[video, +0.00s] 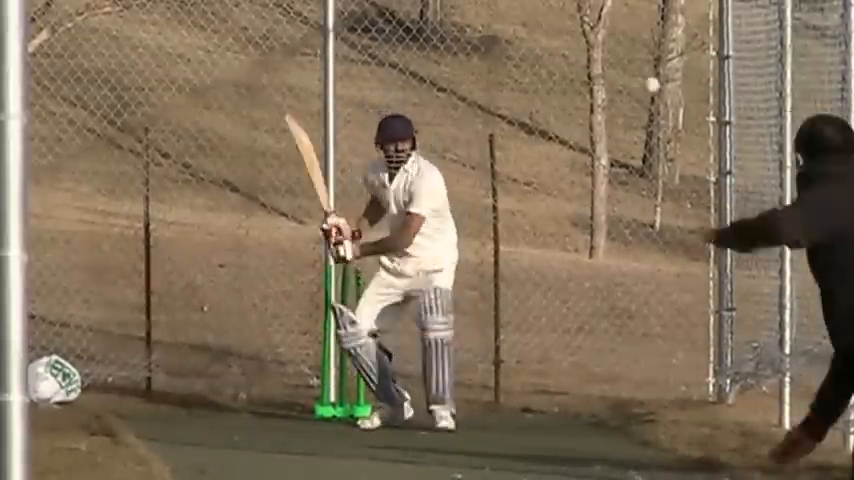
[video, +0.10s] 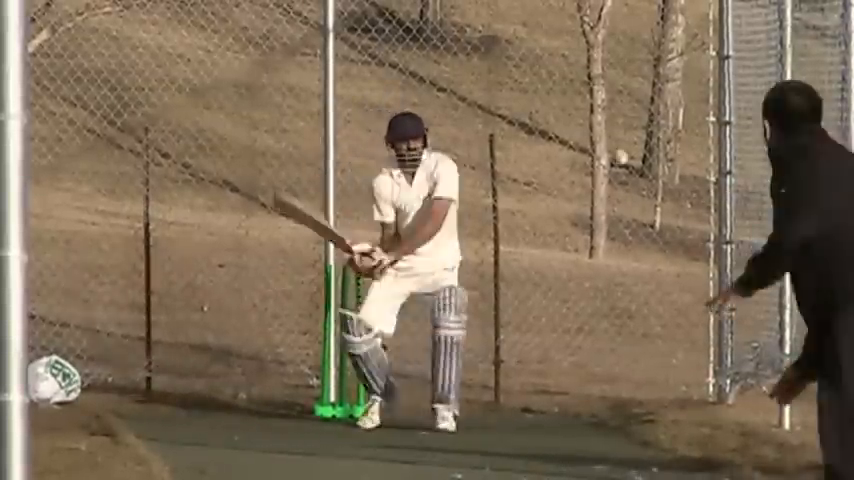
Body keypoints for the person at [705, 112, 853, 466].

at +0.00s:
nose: (798, 168)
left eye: (802, 158)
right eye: (799, 159)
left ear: (814, 157)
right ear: (844, 151)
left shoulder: (834, 192)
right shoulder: (837, 188)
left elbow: (783, 226)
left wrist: (725, 235)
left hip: (847, 336)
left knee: (842, 373)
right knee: (843, 372)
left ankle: (808, 435)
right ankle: (808, 434)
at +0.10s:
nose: (765, 135)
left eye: (766, 126)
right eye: (767, 126)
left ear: (773, 126)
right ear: (816, 120)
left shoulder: (795, 163)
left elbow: (787, 243)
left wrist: (741, 286)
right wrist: (804, 369)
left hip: (840, 332)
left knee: (839, 447)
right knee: (838, 444)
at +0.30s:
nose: (691, 79)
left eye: (693, 72)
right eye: (692, 72)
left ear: (698, 71)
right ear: (743, 69)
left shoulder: (727, 116)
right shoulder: (752, 112)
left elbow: (780, 194)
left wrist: (788, 278)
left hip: (767, 290)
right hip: (805, 282)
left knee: (767, 432)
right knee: (833, 406)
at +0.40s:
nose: (656, 100)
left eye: (658, 93)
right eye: (660, 93)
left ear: (662, 97)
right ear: (708, 95)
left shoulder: (681, 143)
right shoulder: (729, 151)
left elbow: (739, 230)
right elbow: (746, 236)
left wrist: (741, 316)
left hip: (728, 325)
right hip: (768, 317)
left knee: (726, 459)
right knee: (811, 444)